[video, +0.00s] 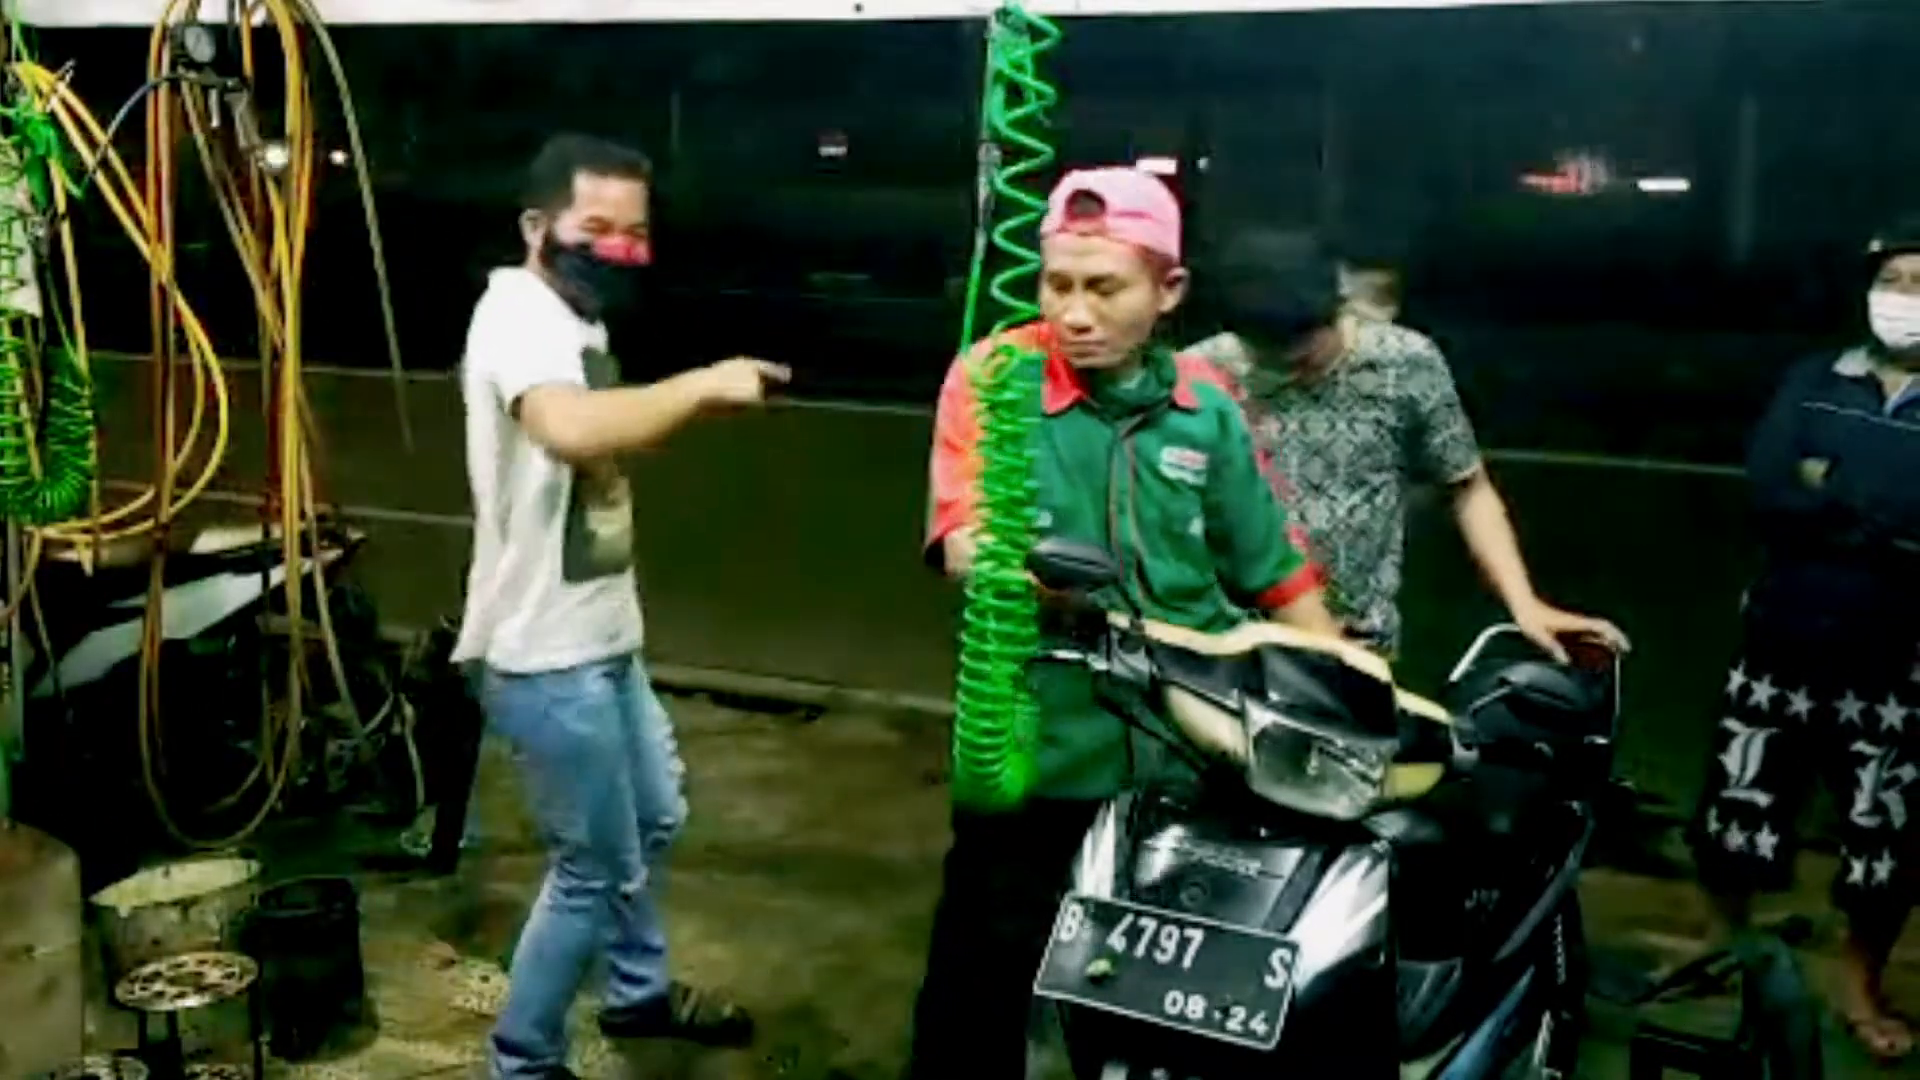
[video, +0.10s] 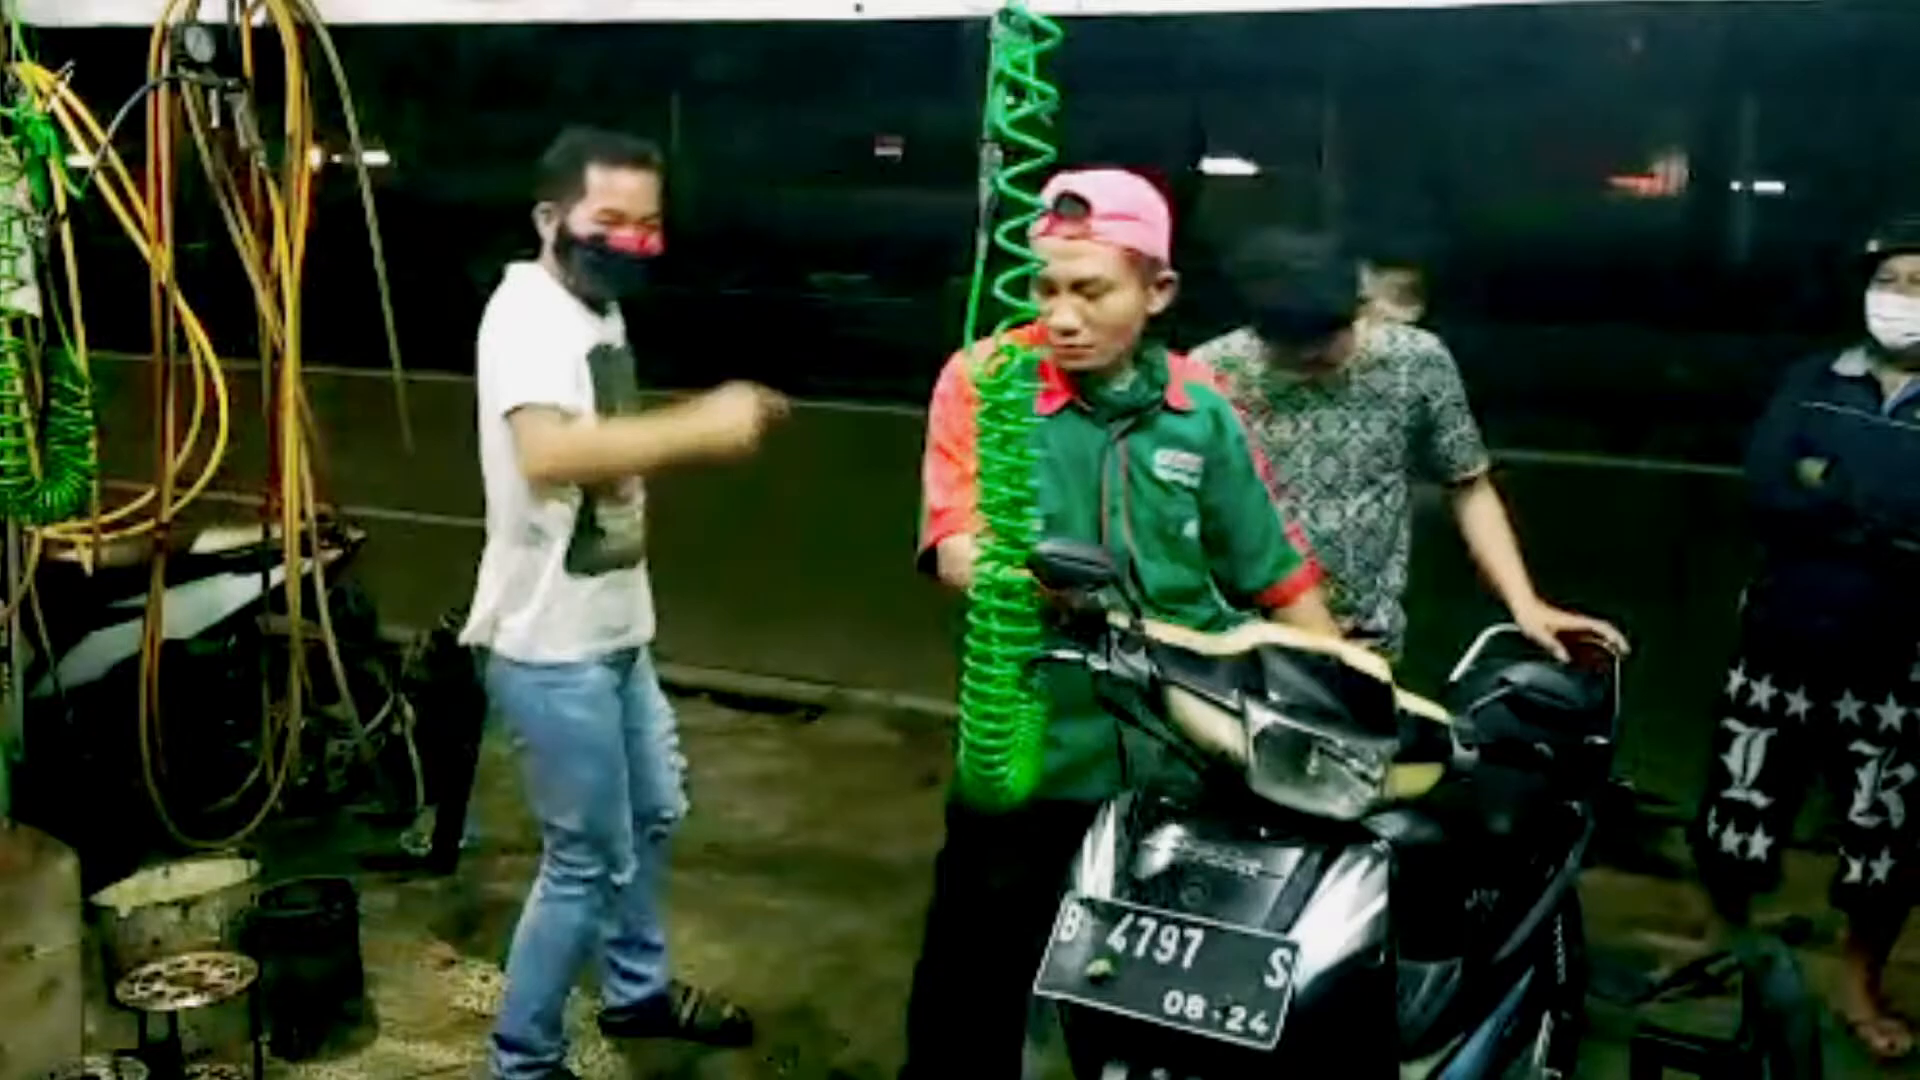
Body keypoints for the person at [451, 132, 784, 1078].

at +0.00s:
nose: (619, 253)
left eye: (632, 235)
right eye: (600, 230)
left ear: (640, 233)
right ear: (540, 227)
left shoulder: (573, 321)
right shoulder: (513, 313)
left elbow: (578, 454)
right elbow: (569, 428)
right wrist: (701, 388)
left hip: (602, 643)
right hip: (542, 657)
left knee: (653, 819)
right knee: (595, 863)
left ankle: (637, 998)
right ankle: (524, 1056)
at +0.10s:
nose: (630, 244)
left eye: (644, 225)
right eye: (611, 222)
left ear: (653, 225)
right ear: (554, 218)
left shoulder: (594, 308)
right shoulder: (525, 312)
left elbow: (588, 443)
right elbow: (547, 455)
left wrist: (691, 427)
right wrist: (695, 427)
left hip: (613, 631)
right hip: (548, 644)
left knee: (652, 813)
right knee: (585, 854)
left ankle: (637, 998)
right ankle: (525, 1059)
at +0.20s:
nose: (642, 241)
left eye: (656, 224)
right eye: (622, 220)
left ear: (668, 226)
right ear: (566, 219)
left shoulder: (646, 318)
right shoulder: (521, 330)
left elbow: (653, 452)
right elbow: (505, 488)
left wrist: (693, 542)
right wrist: (621, 550)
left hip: (629, 619)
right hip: (545, 630)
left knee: (667, 806)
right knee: (594, 840)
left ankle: (639, 994)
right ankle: (530, 1050)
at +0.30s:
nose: (629, 252)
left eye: (648, 232)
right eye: (610, 231)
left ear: (670, 234)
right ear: (568, 229)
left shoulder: (683, 340)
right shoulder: (508, 343)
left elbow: (740, 456)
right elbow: (462, 480)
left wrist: (780, 544)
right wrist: (522, 594)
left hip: (653, 619)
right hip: (552, 629)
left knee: (690, 802)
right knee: (608, 831)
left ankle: (639, 996)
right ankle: (538, 1043)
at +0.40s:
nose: (597, 244)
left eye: (617, 227)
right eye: (582, 224)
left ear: (657, 230)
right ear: (560, 219)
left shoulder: (701, 328)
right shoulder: (508, 318)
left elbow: (785, 422)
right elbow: (429, 430)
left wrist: (784, 462)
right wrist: (458, 557)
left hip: (664, 612)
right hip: (555, 620)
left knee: (694, 806)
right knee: (603, 818)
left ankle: (643, 993)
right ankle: (533, 976)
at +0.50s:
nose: (571, 229)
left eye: (593, 214)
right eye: (562, 209)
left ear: (649, 224)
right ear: (548, 209)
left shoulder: (703, 310)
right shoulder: (514, 304)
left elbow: (793, 386)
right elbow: (435, 401)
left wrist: (764, 410)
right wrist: (447, 522)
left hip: (665, 611)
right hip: (554, 617)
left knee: (688, 803)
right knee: (580, 821)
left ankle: (641, 990)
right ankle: (535, 952)